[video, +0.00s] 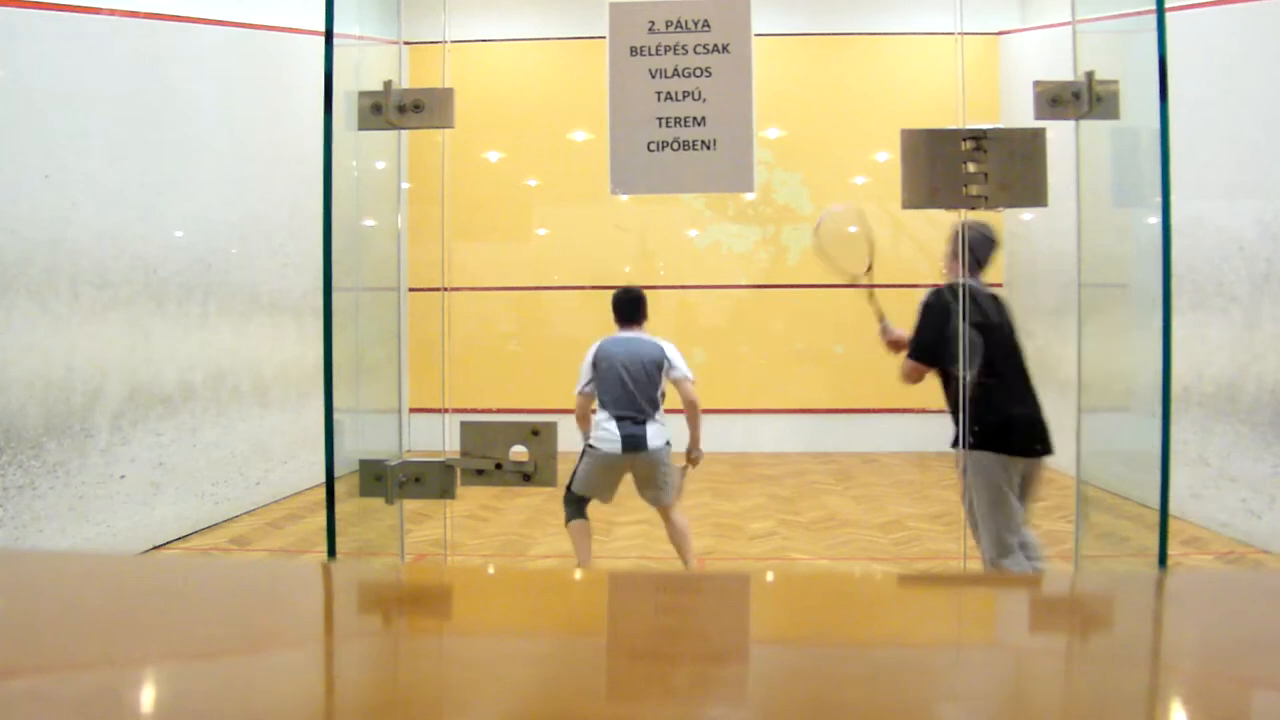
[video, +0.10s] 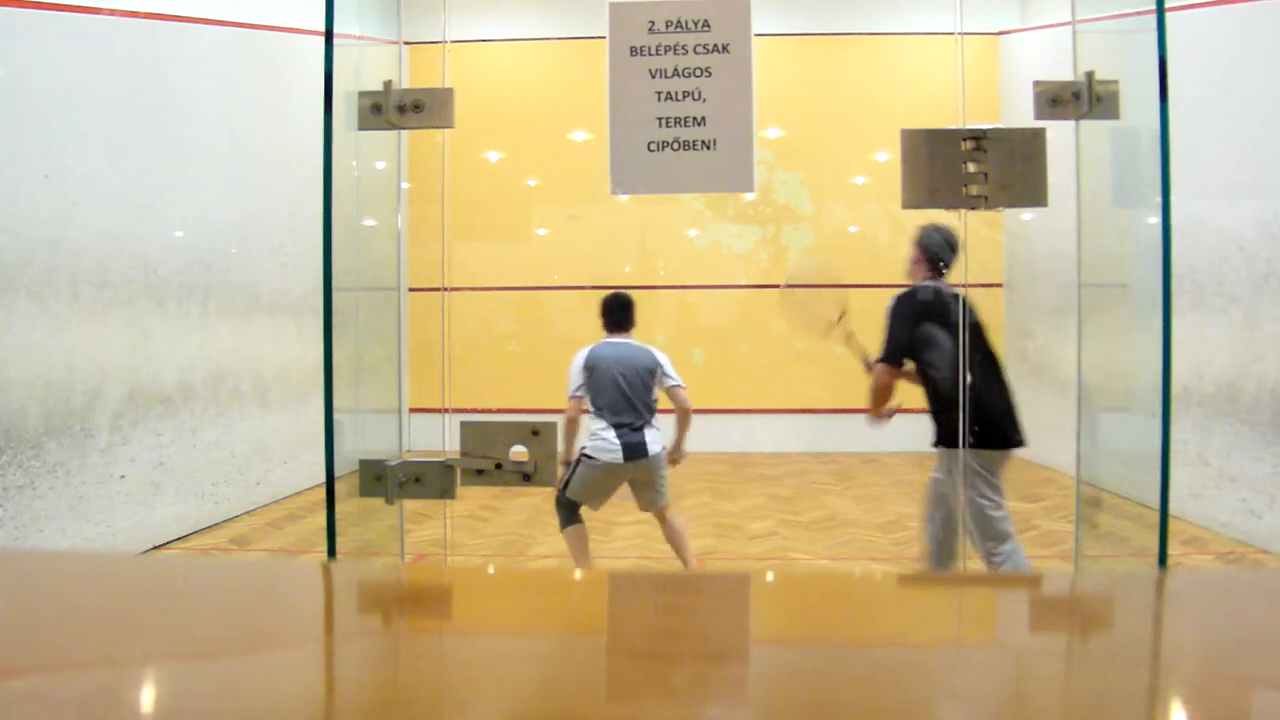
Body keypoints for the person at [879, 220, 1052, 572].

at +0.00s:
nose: (943, 253)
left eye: (947, 247)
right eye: (948, 246)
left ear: (952, 252)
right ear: (983, 258)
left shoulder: (943, 300)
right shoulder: (992, 302)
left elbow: (913, 372)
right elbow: (963, 348)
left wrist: (912, 341)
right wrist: (907, 343)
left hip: (987, 440)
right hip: (1028, 438)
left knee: (1000, 546)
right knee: (1012, 530)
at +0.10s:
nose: (909, 258)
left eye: (913, 251)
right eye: (913, 250)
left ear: (922, 258)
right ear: (944, 262)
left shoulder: (910, 302)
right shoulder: (955, 302)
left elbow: (885, 374)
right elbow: (939, 375)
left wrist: (877, 408)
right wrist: (890, 369)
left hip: (968, 432)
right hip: (993, 427)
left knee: (987, 521)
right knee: (942, 504)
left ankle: (1022, 597)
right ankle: (939, 583)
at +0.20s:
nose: (875, 260)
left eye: (879, 254)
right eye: (878, 254)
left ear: (884, 261)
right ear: (912, 267)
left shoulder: (876, 310)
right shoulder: (926, 308)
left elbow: (854, 384)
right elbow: (925, 371)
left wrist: (840, 439)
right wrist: (882, 398)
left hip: (931, 437)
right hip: (954, 432)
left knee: (965, 527)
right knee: (900, 502)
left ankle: (1014, 591)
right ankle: (864, 577)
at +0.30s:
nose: (846, 263)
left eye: (849, 257)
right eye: (849, 256)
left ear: (857, 263)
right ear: (883, 266)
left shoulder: (850, 312)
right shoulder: (902, 310)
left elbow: (831, 387)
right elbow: (927, 377)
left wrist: (811, 444)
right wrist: (878, 412)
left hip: (885, 439)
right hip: (913, 435)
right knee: (853, 518)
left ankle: (980, 580)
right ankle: (840, 601)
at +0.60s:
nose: (759, 250)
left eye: (764, 242)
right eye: (761, 242)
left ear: (781, 245)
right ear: (793, 248)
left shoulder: (776, 291)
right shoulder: (819, 292)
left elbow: (764, 359)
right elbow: (826, 362)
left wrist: (734, 419)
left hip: (791, 424)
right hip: (832, 423)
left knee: (742, 499)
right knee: (837, 511)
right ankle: (858, 589)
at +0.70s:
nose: (730, 254)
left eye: (736, 246)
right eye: (732, 246)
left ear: (757, 249)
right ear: (762, 251)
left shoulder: (749, 295)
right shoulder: (787, 296)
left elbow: (730, 365)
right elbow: (792, 367)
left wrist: (699, 423)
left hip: (756, 429)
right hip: (798, 428)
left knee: (712, 510)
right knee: (818, 513)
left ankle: (687, 592)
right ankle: (847, 590)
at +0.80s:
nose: (701, 256)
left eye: (706, 249)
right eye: (701, 249)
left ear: (728, 250)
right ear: (732, 252)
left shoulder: (718, 296)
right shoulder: (761, 298)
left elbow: (696, 365)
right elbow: (777, 360)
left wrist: (669, 418)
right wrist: (757, 401)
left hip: (719, 426)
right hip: (760, 426)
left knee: (687, 517)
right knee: (768, 505)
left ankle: (682, 602)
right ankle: (823, 570)